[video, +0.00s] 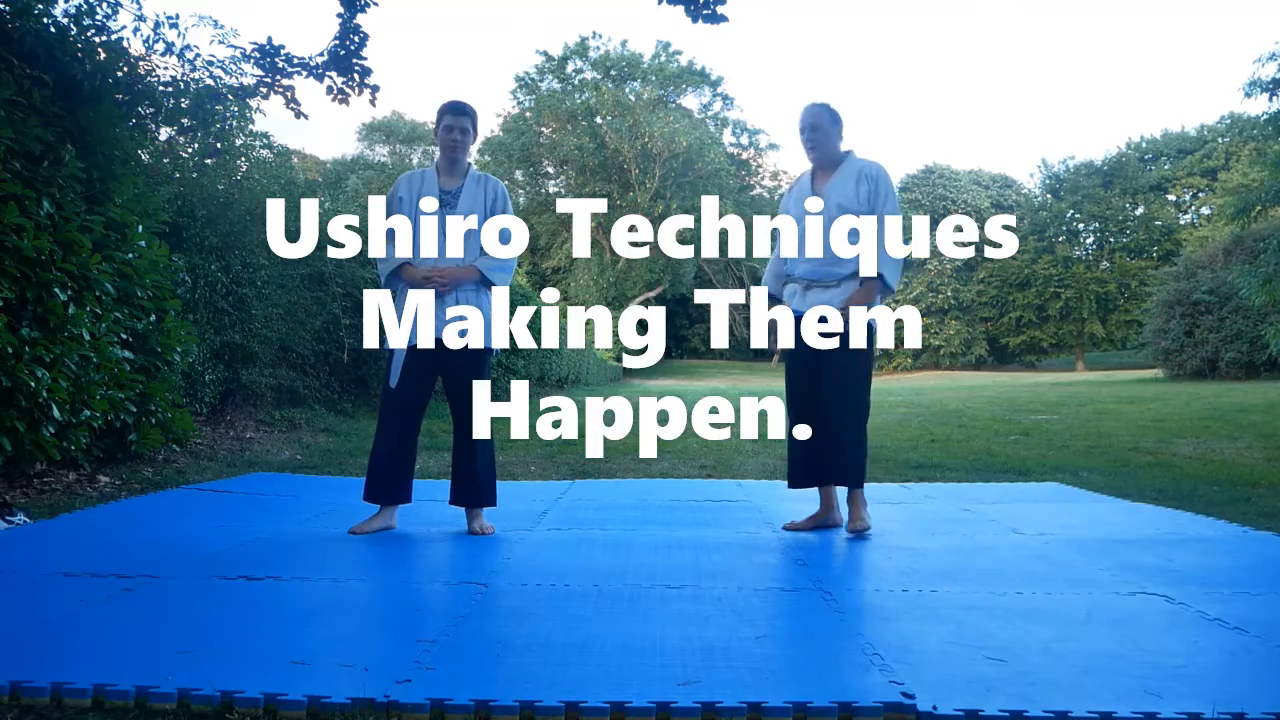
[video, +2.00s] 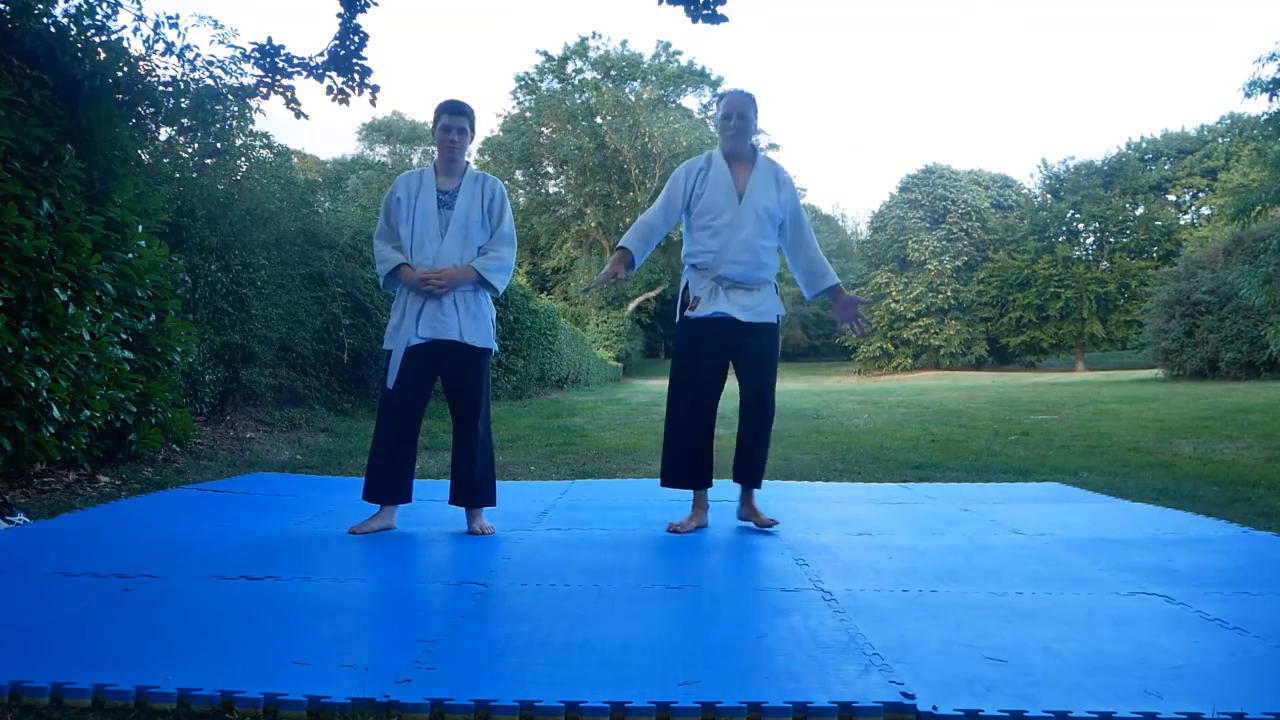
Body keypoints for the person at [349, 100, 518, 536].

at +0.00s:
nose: (456, 137)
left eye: (464, 131)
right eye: (449, 129)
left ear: (475, 139)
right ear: (435, 133)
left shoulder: (492, 190)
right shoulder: (406, 186)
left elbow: (504, 259)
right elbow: (389, 256)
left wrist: (457, 274)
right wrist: (421, 277)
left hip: (470, 322)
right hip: (414, 320)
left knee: (473, 415)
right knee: (399, 411)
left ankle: (475, 512)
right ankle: (387, 510)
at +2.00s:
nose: (452, 137)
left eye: (460, 131)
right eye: (446, 129)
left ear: (472, 139)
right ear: (433, 134)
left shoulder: (491, 190)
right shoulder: (405, 186)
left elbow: (503, 256)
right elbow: (383, 246)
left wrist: (457, 275)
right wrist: (412, 276)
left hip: (469, 321)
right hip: (413, 319)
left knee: (472, 420)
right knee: (397, 415)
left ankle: (475, 513)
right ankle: (387, 510)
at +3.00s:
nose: (514, 160)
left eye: (517, 153)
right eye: (512, 150)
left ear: (499, 147)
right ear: (489, 140)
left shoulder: (497, 203)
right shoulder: (439, 178)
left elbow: (496, 266)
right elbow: (410, 238)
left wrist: (502, 317)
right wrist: (432, 290)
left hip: (475, 325)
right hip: (424, 317)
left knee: (478, 412)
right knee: (400, 413)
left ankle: (463, 508)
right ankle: (386, 510)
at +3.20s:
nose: (541, 167)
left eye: (545, 161)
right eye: (539, 156)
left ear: (529, 155)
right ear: (518, 144)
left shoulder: (519, 209)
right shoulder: (469, 176)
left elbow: (516, 271)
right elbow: (438, 228)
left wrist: (514, 325)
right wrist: (430, 283)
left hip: (495, 319)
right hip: (453, 307)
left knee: (485, 412)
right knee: (422, 403)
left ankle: (464, 507)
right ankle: (390, 495)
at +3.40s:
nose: (557, 168)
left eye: (562, 163)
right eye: (557, 158)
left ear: (544, 154)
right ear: (536, 145)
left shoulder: (528, 207)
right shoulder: (496, 174)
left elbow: (523, 272)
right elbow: (468, 221)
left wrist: (531, 318)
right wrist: (463, 268)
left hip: (502, 320)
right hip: (471, 311)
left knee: (490, 409)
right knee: (466, 406)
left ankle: (465, 503)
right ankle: (455, 503)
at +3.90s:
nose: (611, 164)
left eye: (615, 158)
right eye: (612, 154)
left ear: (590, 141)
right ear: (592, 140)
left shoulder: (562, 176)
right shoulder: (565, 176)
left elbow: (584, 248)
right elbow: (583, 237)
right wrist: (647, 273)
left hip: (535, 302)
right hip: (540, 306)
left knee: (517, 403)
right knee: (549, 408)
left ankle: (472, 494)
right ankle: (557, 513)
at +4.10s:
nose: (631, 173)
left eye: (636, 165)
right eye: (634, 162)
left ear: (608, 144)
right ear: (618, 147)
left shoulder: (567, 172)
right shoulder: (587, 176)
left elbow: (592, 254)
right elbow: (597, 243)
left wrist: (639, 278)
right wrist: (653, 274)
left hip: (536, 303)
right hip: (554, 308)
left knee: (532, 404)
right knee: (562, 410)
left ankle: (500, 490)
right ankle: (557, 513)